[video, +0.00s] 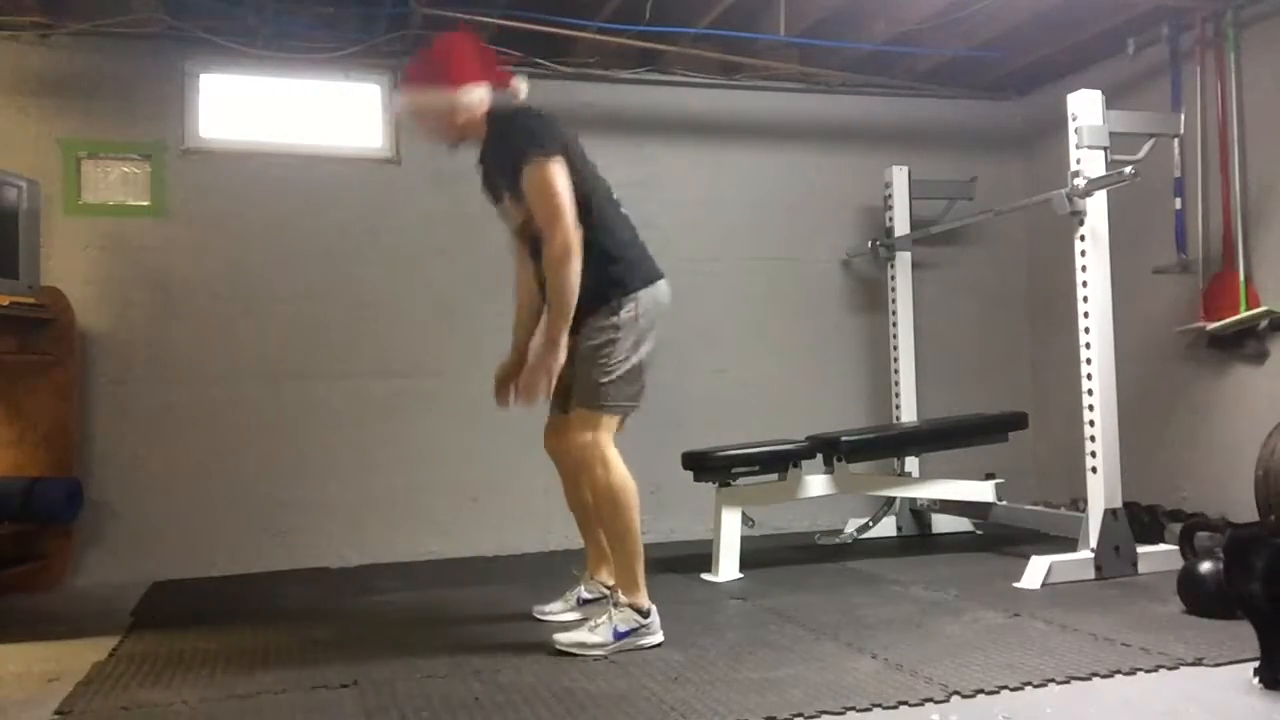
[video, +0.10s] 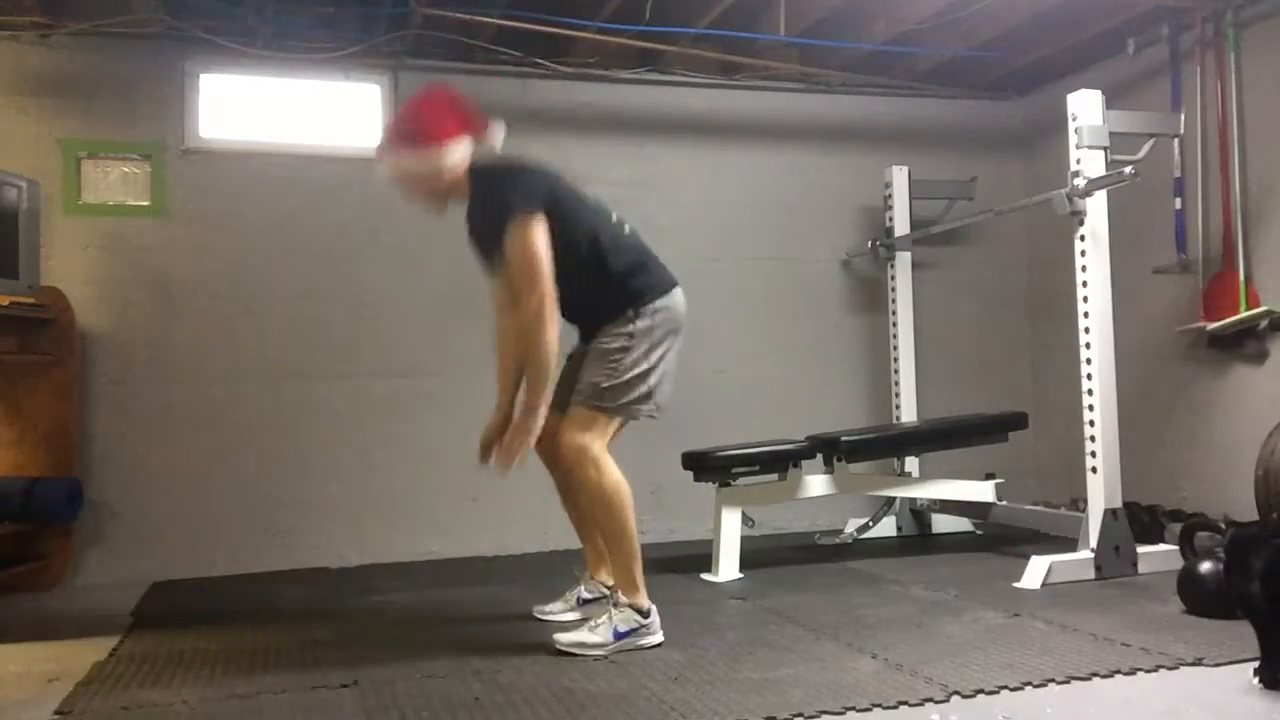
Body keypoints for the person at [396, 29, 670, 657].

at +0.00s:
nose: (432, 123)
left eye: (435, 107)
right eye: (425, 111)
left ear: (470, 93)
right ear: (457, 102)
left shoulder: (523, 131)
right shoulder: (494, 156)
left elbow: (564, 240)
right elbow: (528, 254)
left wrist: (552, 343)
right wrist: (521, 347)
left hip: (623, 296)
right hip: (588, 306)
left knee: (590, 441)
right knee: (563, 440)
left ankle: (638, 607)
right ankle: (603, 581)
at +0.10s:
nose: (405, 184)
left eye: (410, 165)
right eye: (400, 170)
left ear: (447, 152)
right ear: (446, 156)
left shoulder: (510, 191)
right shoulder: (485, 208)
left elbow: (542, 309)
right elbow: (511, 310)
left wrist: (532, 410)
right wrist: (506, 407)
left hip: (643, 311)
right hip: (608, 318)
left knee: (579, 442)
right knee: (552, 440)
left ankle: (637, 607)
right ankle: (604, 583)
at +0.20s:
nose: (398, 262)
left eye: (402, 245)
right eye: (390, 248)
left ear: (435, 228)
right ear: (439, 229)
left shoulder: (498, 257)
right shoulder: (477, 272)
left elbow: (515, 387)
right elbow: (492, 388)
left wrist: (494, 493)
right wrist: (480, 483)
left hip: (652, 331)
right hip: (617, 338)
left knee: (562, 451)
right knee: (540, 449)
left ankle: (635, 607)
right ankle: (602, 583)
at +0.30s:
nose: (395, 341)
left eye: (395, 326)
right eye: (387, 330)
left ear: (422, 303)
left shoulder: (491, 322)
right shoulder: (471, 331)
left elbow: (484, 449)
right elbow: (471, 448)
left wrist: (464, 555)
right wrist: (452, 546)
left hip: (652, 364)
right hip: (619, 366)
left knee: (539, 465)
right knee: (523, 464)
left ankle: (632, 608)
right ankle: (606, 589)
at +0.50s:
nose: (373, 428)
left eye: (373, 412)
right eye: (365, 417)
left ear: (400, 390)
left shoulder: (461, 404)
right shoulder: (445, 410)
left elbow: (453, 537)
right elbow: (440, 525)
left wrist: (426, 649)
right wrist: (423, 615)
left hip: (630, 436)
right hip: (609, 433)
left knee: (494, 497)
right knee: (493, 488)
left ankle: (619, 595)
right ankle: (591, 586)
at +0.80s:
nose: (350, 476)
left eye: (339, 467)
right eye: (337, 473)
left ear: (344, 436)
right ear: (347, 417)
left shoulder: (402, 414)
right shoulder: (394, 408)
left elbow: (422, 541)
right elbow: (418, 533)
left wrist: (421, 651)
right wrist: (415, 617)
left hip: (563, 347)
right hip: (560, 341)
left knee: (488, 488)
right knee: (496, 483)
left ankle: (634, 569)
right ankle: (607, 557)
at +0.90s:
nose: (318, 483)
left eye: (308, 471)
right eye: (304, 479)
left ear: (319, 431)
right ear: (318, 418)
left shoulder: (379, 416)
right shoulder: (375, 410)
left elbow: (410, 541)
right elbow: (404, 532)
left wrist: (416, 651)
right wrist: (413, 616)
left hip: (544, 339)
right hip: (532, 345)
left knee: (541, 502)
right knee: (537, 492)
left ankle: (715, 526)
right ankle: (669, 484)